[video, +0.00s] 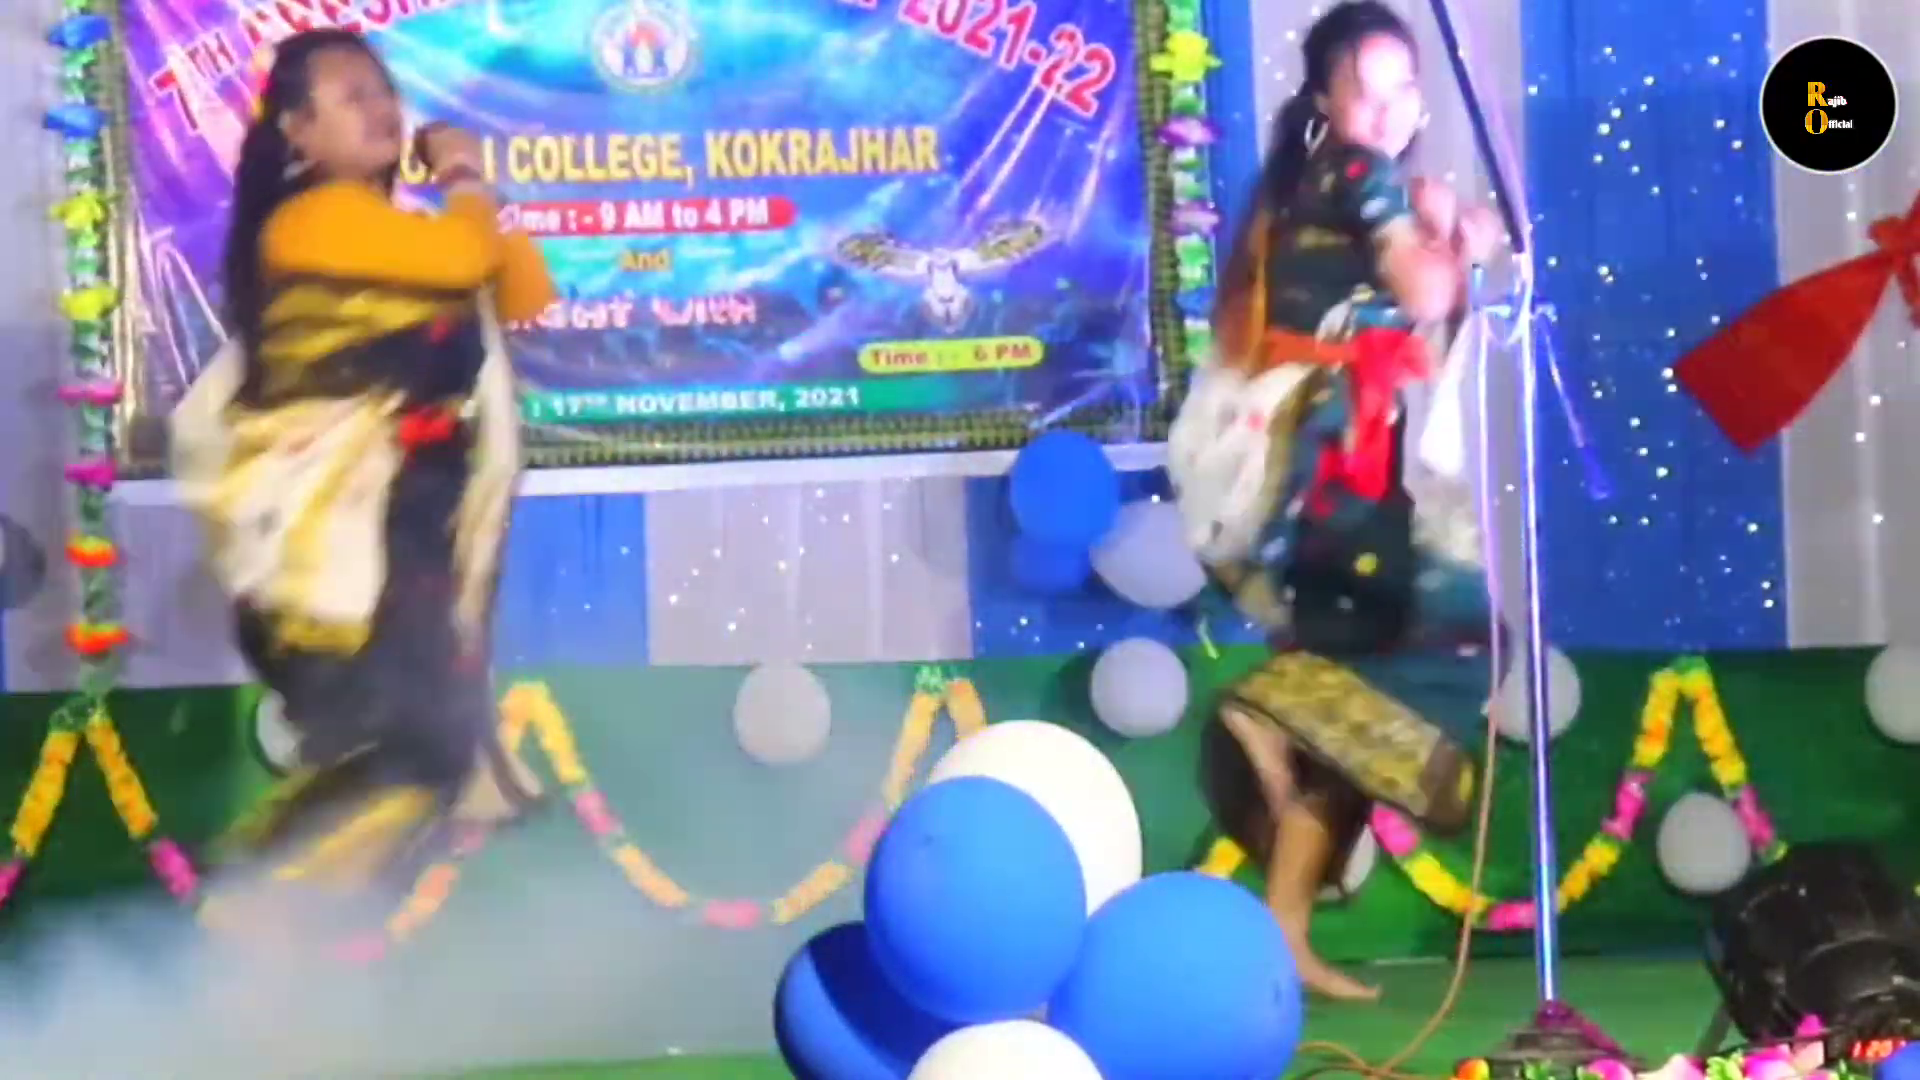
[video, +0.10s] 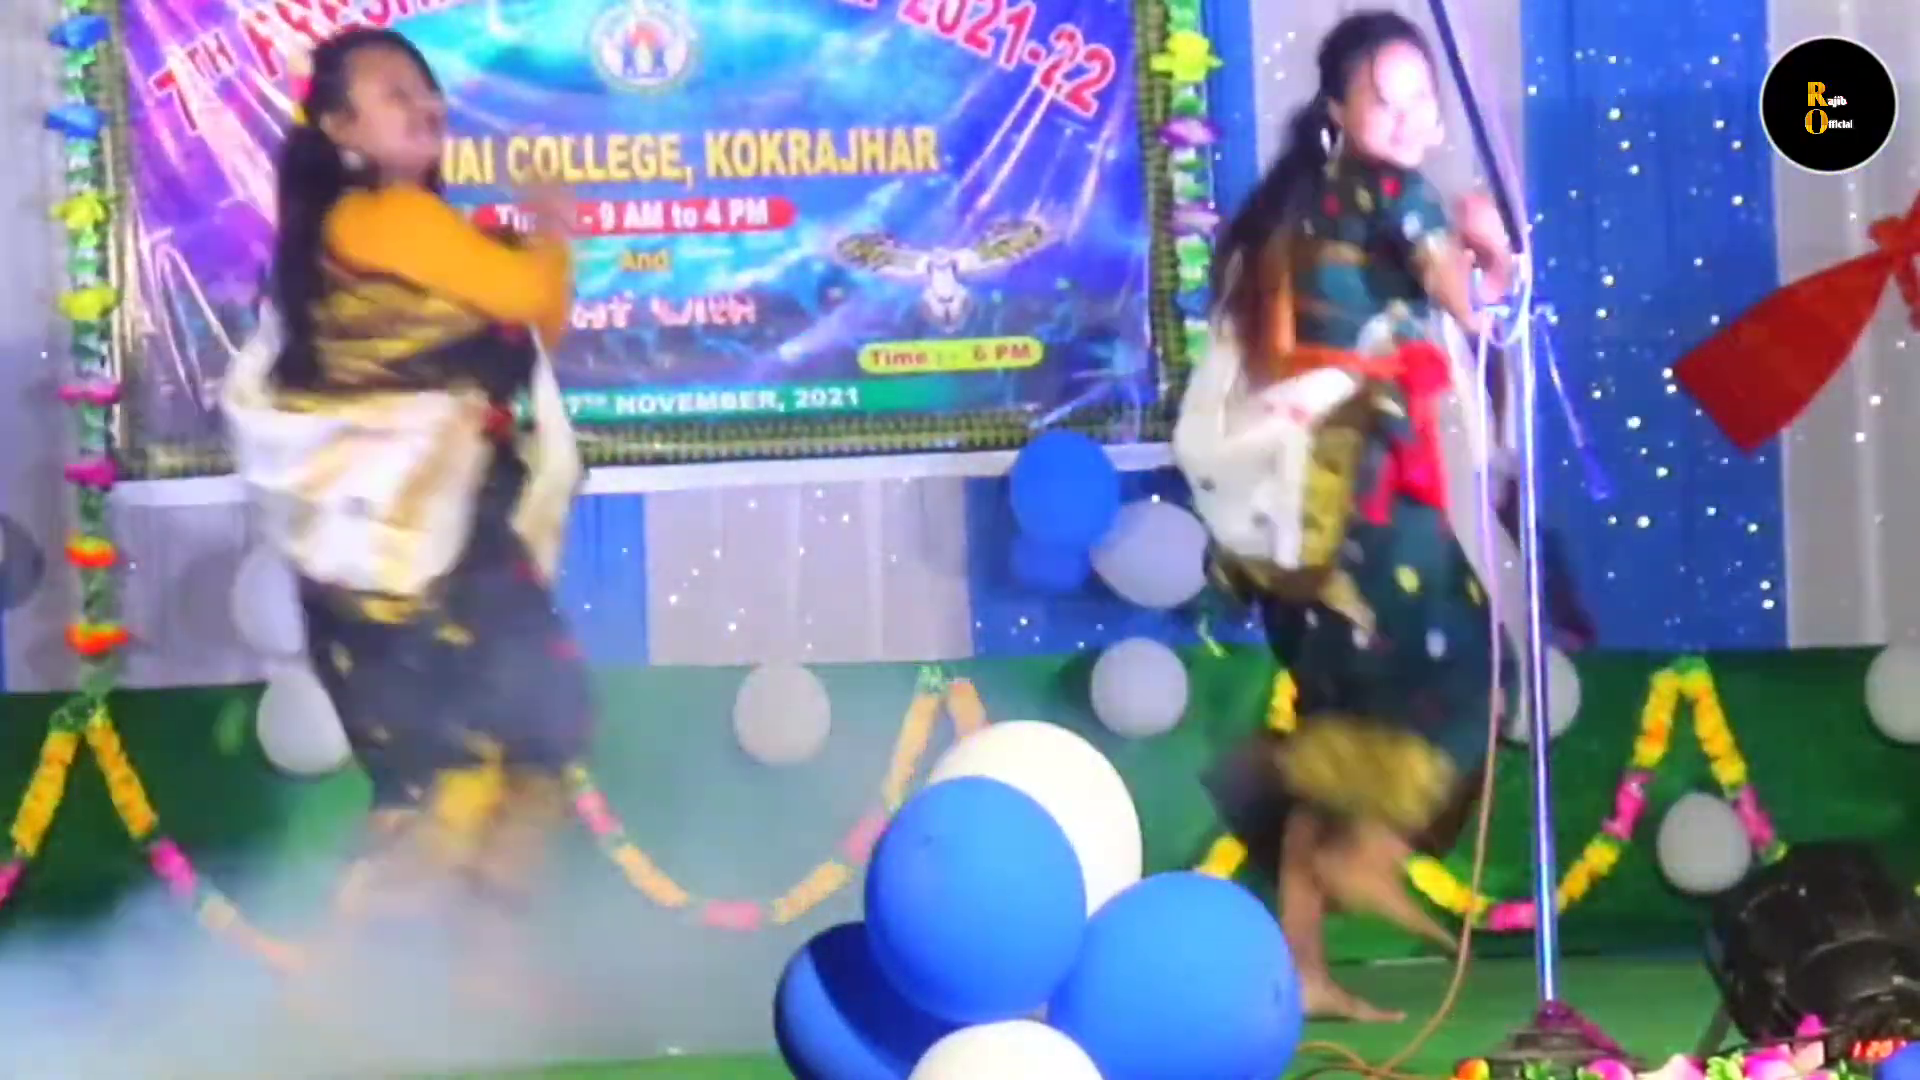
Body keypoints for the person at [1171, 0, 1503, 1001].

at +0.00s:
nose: (1401, 101)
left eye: (1406, 82)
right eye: (1382, 83)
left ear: (1362, 95)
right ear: (1332, 92)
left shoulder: (1285, 186)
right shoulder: (1364, 178)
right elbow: (1427, 296)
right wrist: (1458, 241)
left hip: (1284, 443)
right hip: (1347, 450)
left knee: (1321, 669)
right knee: (1352, 678)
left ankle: (1280, 920)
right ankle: (1285, 935)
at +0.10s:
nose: (1411, 115)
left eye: (1420, 97)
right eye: (1391, 96)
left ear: (1429, 106)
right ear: (1340, 103)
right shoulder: (1361, 204)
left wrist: (1475, 268)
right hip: (1357, 491)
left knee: (1331, 712)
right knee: (1460, 652)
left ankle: (1300, 963)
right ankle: (1374, 853)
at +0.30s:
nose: (1473, 158)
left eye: (1466, 140)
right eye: (1453, 142)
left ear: (1388, 168)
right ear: (1397, 163)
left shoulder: (1340, 276)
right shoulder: (1434, 266)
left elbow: (1312, 440)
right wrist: (1540, 508)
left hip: (1355, 566)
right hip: (1425, 562)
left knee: (1436, 767)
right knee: (1509, 765)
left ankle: (1315, 951)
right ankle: (1438, 993)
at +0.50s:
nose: (1462, 114)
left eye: (1468, 93)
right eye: (1438, 98)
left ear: (1485, 105)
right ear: (1396, 122)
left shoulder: (1470, 213)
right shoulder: (1390, 221)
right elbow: (1369, 389)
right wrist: (1447, 386)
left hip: (1493, 507)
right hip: (1423, 515)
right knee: (1460, 730)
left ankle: (1441, 978)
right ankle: (1437, 981)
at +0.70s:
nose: (1427, 162)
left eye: (1448, 140)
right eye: (1412, 143)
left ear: (1491, 153)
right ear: (1395, 169)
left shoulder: (1527, 292)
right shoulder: (1368, 302)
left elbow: (1590, 447)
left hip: (1517, 562)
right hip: (1409, 569)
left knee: (1589, 757)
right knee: (1462, 744)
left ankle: (1499, 962)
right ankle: (1441, 986)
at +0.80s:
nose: (1421, 181)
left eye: (1441, 161)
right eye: (1404, 166)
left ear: (1482, 175)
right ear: (1389, 184)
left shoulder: (1536, 292)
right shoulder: (1371, 292)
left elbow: (1579, 417)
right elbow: (1321, 413)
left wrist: (1629, 511)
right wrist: (1365, 525)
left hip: (1532, 528)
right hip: (1425, 529)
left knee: (1556, 729)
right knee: (1443, 731)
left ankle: (1549, 952)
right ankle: (1424, 956)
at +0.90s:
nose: (1397, 155)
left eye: (1415, 135)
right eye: (1382, 140)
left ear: (1460, 143)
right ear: (1366, 154)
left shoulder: (1522, 252)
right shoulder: (1347, 268)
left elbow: (1618, 369)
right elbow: (1314, 397)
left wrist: (1565, 287)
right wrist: (1414, 336)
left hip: (1516, 519)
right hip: (1396, 529)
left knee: (1525, 733)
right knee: (1401, 733)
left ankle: (1498, 961)